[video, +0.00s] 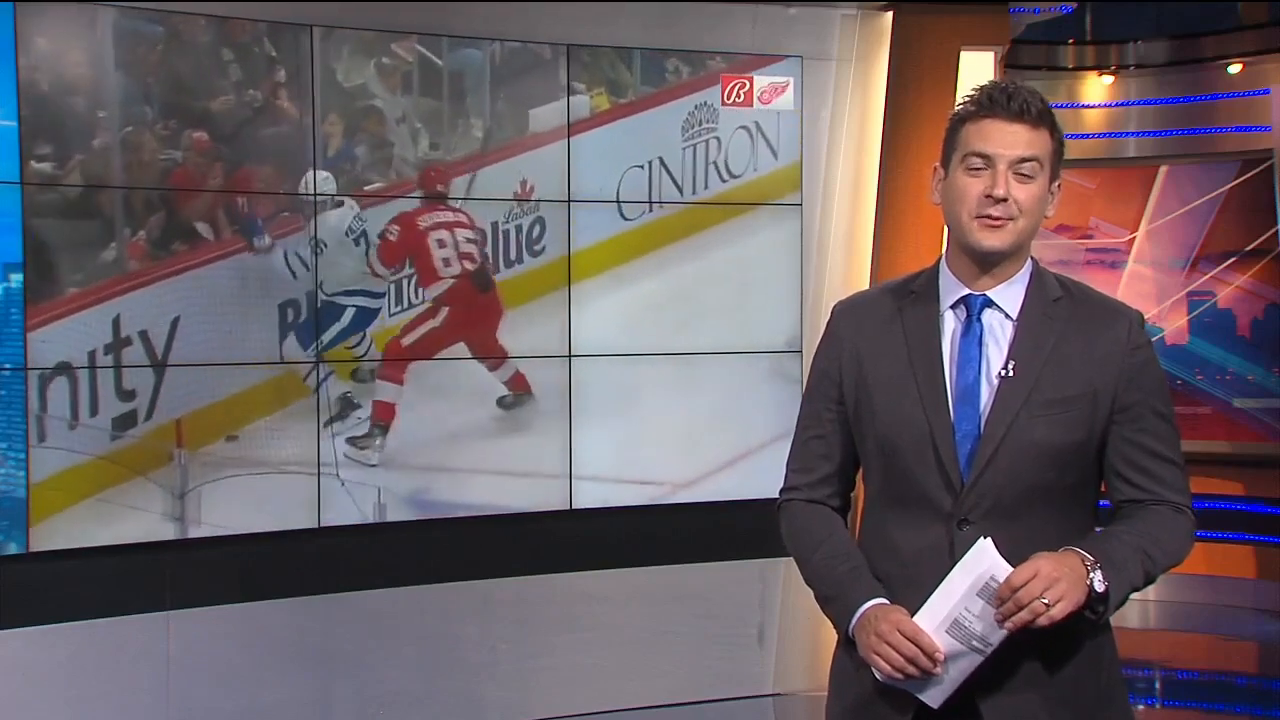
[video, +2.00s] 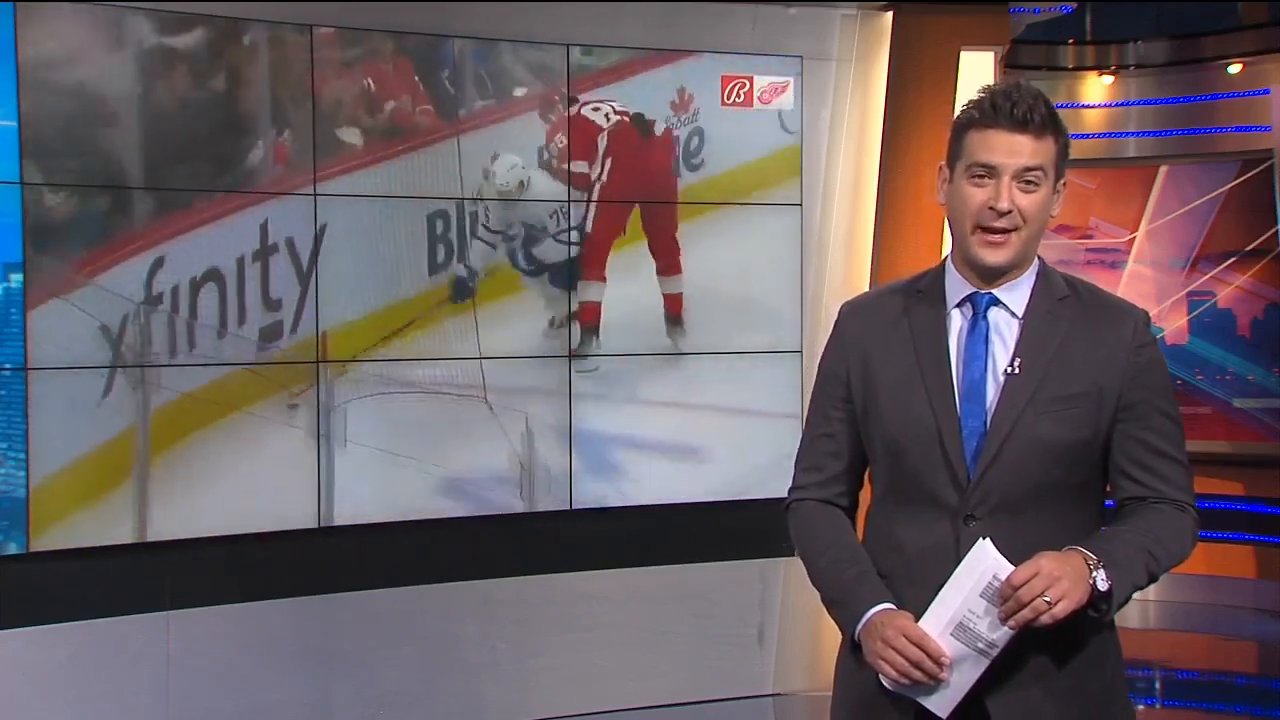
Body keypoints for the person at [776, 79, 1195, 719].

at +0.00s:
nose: (998, 190)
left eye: (1023, 172)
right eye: (977, 166)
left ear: (1050, 196)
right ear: (940, 184)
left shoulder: (1113, 337)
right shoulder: (858, 327)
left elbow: (1162, 512)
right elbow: (808, 499)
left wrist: (1090, 566)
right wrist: (862, 609)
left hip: (1049, 691)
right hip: (887, 688)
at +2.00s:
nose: (1001, 202)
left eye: (1027, 181)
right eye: (980, 175)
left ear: (1056, 197)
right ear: (945, 185)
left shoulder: (1118, 336)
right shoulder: (865, 328)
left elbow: (1166, 509)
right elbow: (816, 499)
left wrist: (1092, 566)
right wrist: (869, 614)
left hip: (1054, 691)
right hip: (892, 687)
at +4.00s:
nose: (1007, 185)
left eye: (1032, 168)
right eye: (984, 164)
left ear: (1060, 193)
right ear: (949, 186)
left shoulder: (1127, 332)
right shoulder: (876, 332)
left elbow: (1181, 507)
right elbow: (831, 506)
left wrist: (1107, 566)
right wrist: (885, 620)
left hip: (1071, 690)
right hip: (907, 687)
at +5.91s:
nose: (1003, 189)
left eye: (1029, 171)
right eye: (982, 164)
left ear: (1056, 196)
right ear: (946, 183)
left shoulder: (1119, 335)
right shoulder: (866, 326)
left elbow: (1166, 509)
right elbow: (816, 500)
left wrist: (1095, 571)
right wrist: (871, 619)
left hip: (1056, 691)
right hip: (893, 687)